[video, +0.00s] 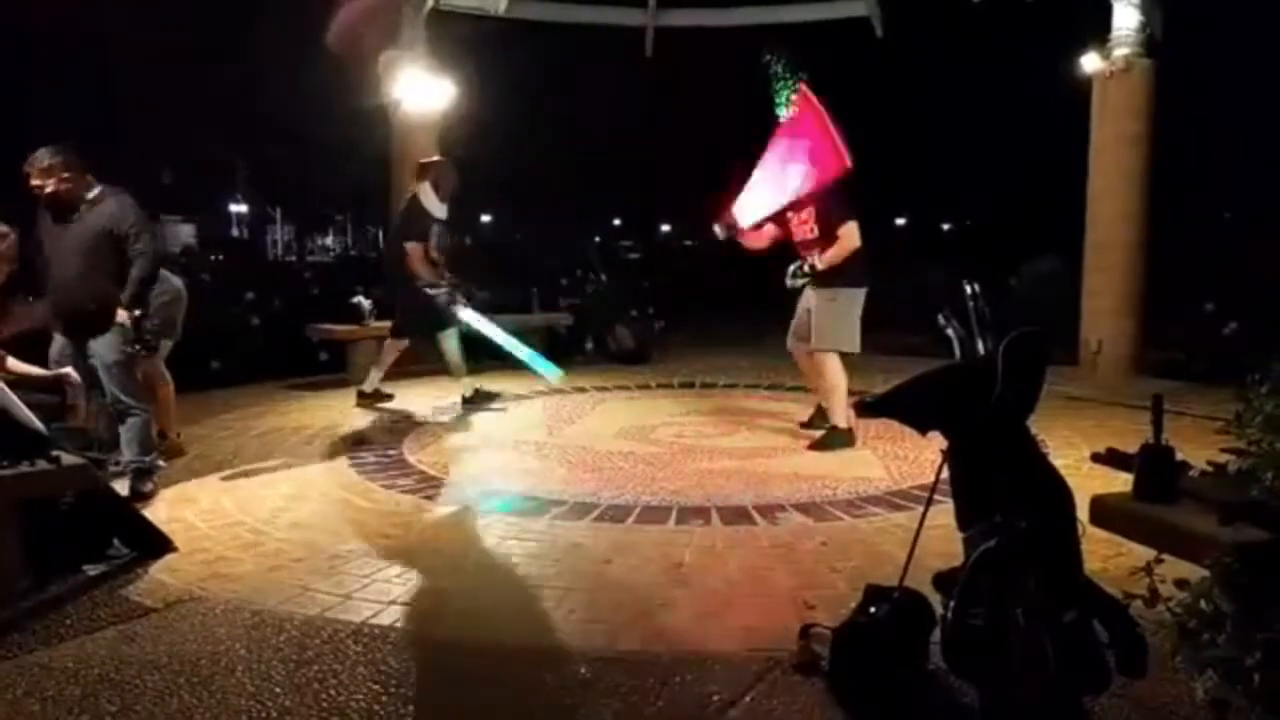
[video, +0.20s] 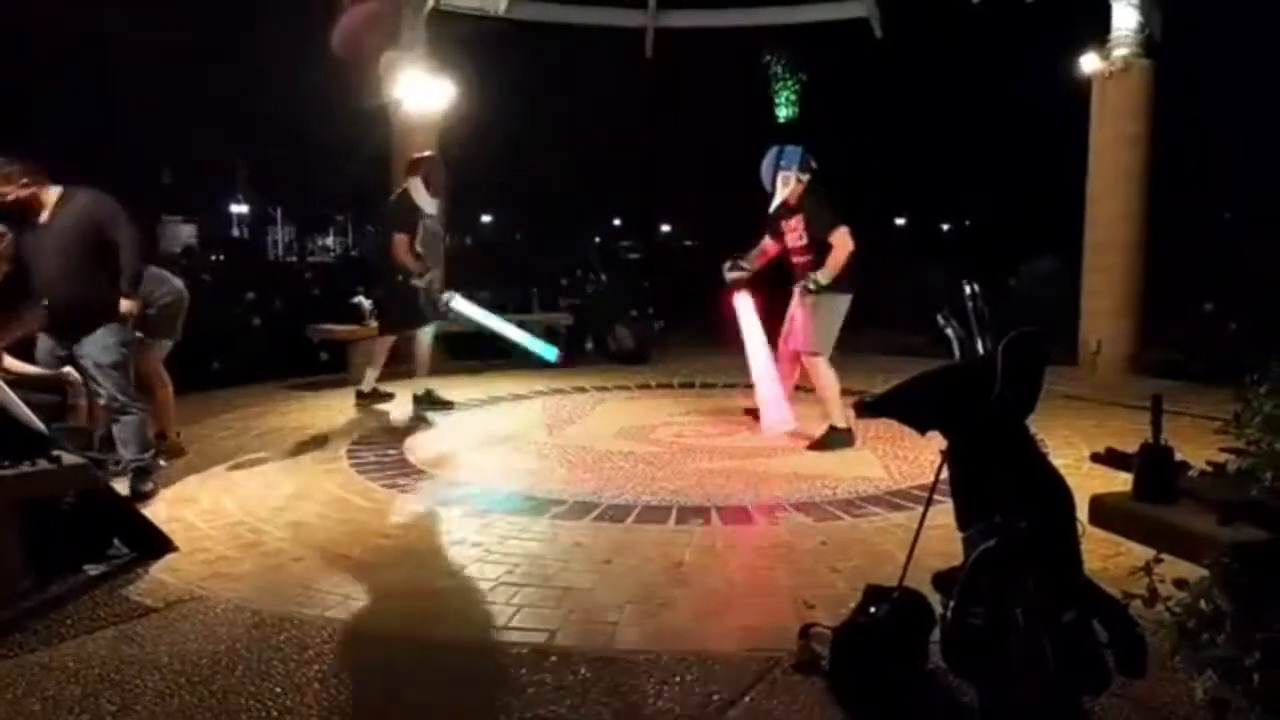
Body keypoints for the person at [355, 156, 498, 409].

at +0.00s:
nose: (451, 185)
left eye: (451, 179)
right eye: (447, 179)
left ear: (432, 180)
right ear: (435, 181)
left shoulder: (432, 208)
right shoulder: (415, 212)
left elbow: (431, 249)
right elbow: (415, 260)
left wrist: (446, 274)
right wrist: (440, 286)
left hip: (418, 277)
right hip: (410, 280)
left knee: (401, 334)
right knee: (447, 327)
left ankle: (369, 386)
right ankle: (467, 389)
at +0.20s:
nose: (441, 180)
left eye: (440, 174)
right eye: (436, 174)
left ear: (420, 174)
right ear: (424, 175)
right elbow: (399, 250)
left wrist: (429, 263)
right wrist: (420, 268)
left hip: (404, 276)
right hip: (406, 277)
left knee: (388, 331)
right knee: (426, 329)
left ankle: (367, 386)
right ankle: (421, 389)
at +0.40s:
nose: (437, 179)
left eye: (436, 173)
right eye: (432, 173)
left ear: (421, 175)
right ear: (419, 175)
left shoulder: (419, 202)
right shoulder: (400, 202)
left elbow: (420, 239)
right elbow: (411, 241)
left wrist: (439, 241)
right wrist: (435, 242)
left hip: (402, 279)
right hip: (399, 280)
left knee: (393, 331)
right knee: (436, 322)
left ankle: (368, 387)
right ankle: (426, 385)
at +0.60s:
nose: (447, 179)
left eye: (446, 173)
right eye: (443, 173)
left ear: (423, 175)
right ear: (430, 175)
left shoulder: (419, 201)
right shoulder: (413, 202)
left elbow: (432, 235)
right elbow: (428, 234)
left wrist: (458, 232)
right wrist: (460, 232)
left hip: (402, 285)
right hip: (408, 286)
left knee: (401, 333)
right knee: (452, 324)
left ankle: (369, 387)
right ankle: (459, 391)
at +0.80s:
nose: (457, 183)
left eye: (455, 177)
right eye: (453, 177)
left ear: (429, 178)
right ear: (442, 179)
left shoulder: (417, 203)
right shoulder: (431, 207)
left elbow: (443, 250)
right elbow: (451, 251)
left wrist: (479, 242)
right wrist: (483, 242)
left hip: (402, 284)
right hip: (418, 286)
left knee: (404, 332)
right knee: (457, 323)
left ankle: (369, 387)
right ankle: (459, 391)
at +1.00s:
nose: (446, 193)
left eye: (445, 187)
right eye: (443, 187)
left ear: (418, 182)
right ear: (431, 184)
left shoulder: (402, 207)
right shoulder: (417, 211)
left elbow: (437, 245)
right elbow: (454, 248)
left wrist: (484, 243)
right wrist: (491, 242)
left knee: (391, 334)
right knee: (447, 326)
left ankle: (355, 387)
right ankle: (458, 392)